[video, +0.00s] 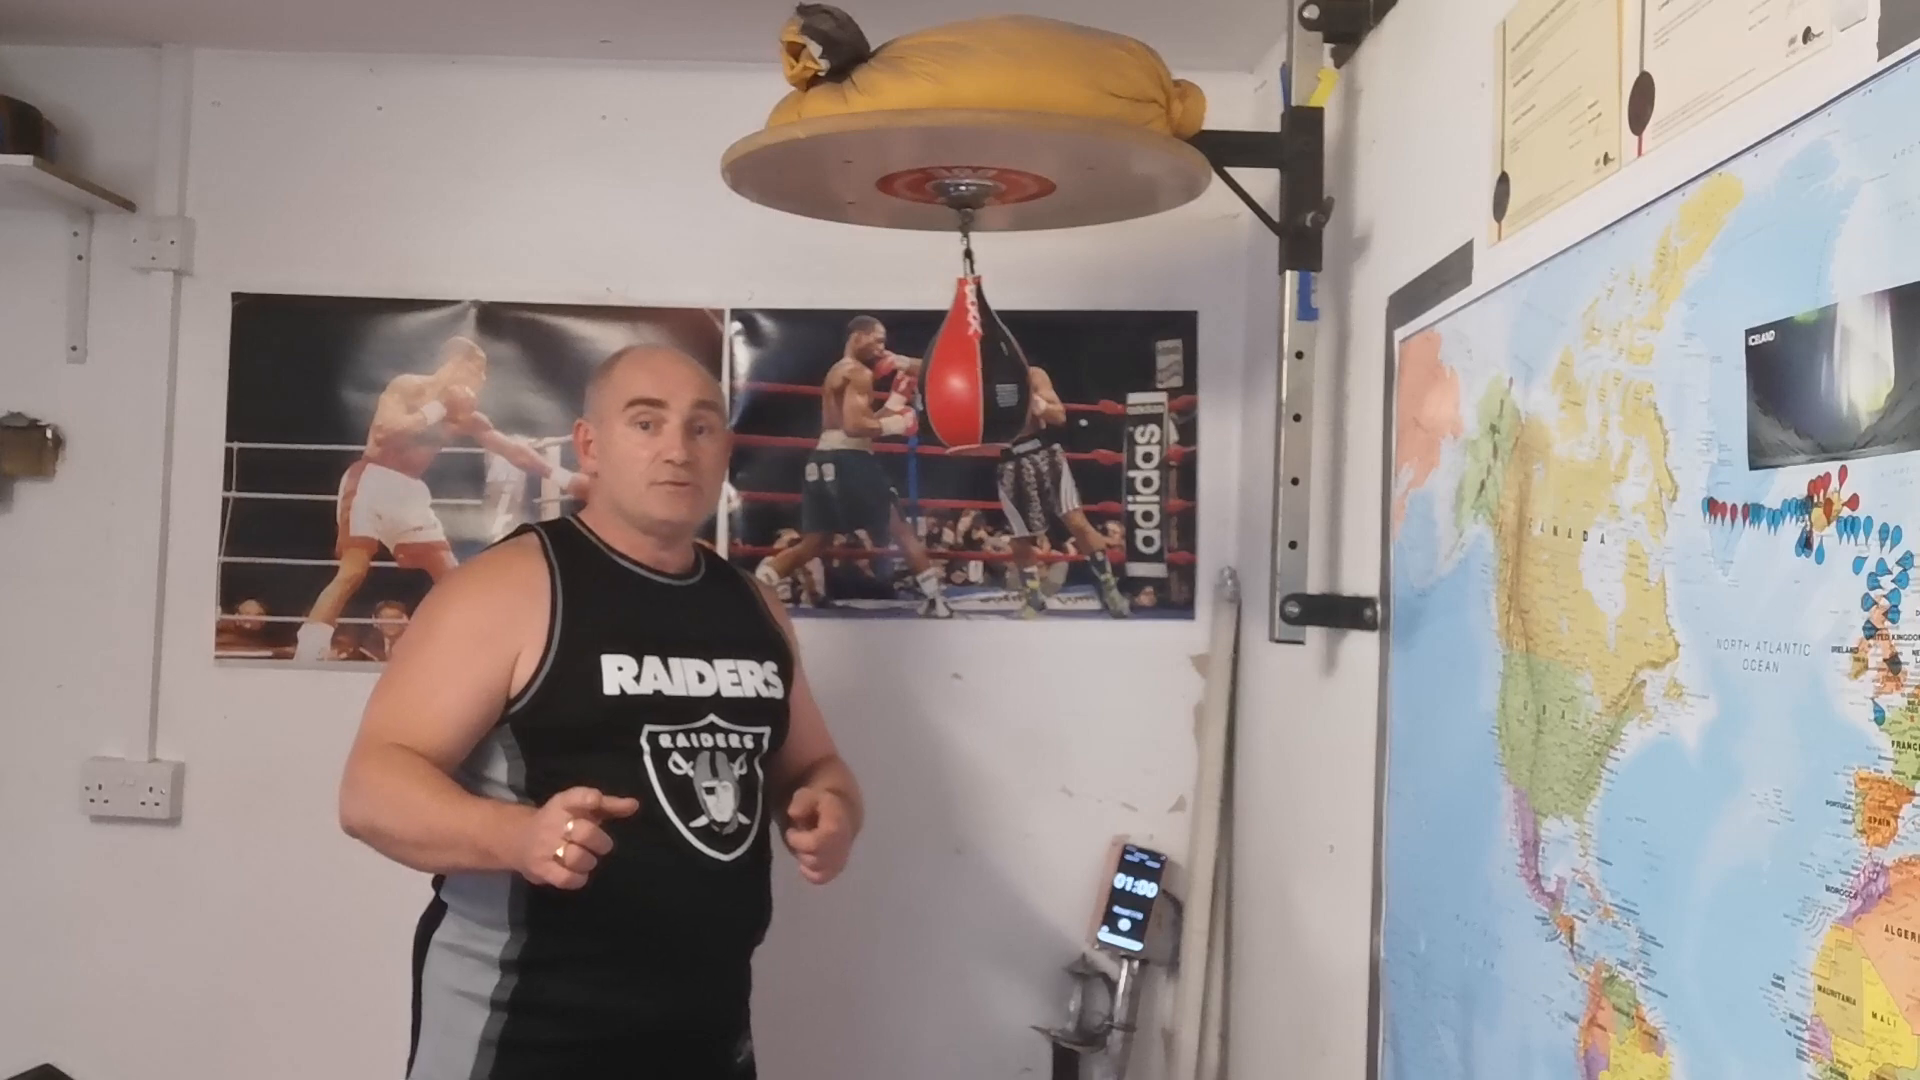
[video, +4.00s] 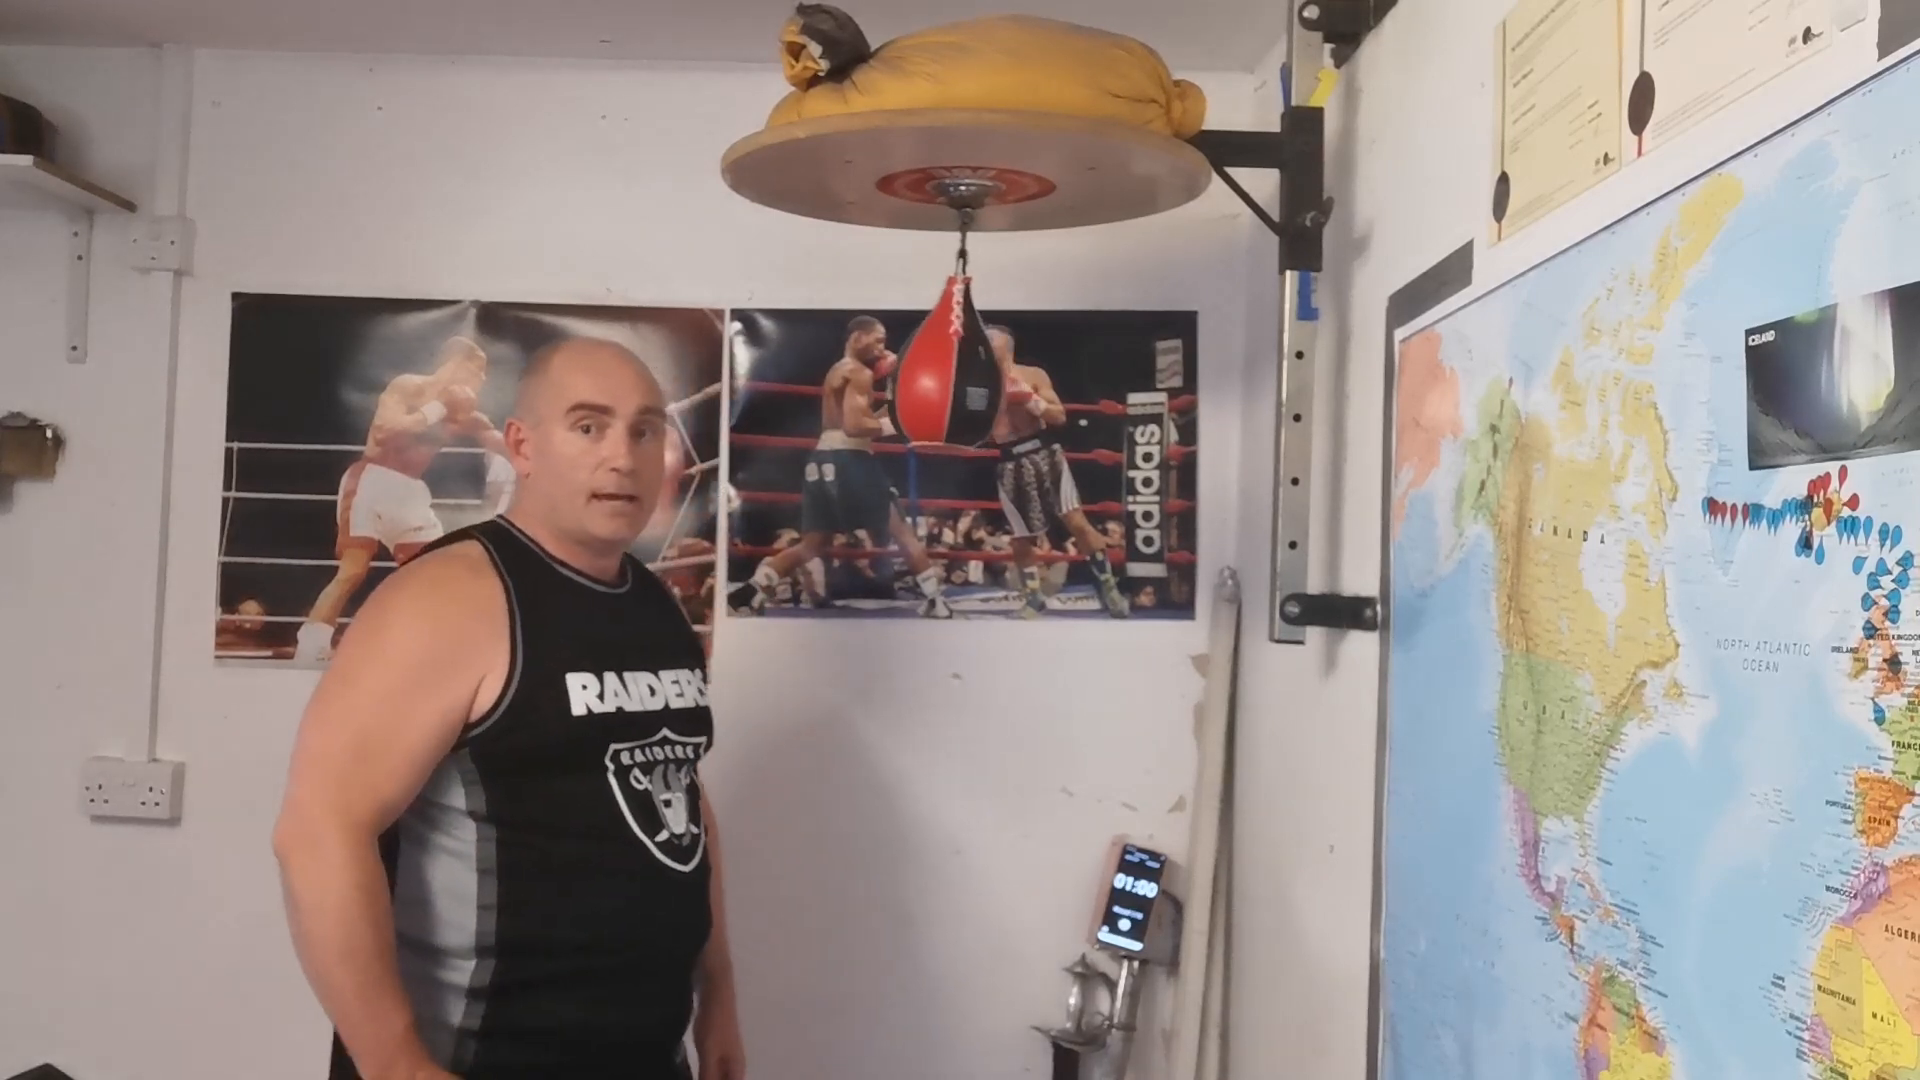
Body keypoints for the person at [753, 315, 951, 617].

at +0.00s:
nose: (881, 348)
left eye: (882, 343)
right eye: (878, 341)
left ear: (857, 340)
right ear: (857, 337)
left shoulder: (834, 374)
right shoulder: (858, 373)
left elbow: (851, 424)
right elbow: (854, 426)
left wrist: (890, 407)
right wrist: (895, 423)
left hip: (820, 463)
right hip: (852, 463)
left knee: (815, 542)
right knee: (901, 529)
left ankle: (756, 587)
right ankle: (936, 598)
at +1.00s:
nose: (881, 349)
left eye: (883, 343)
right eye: (878, 342)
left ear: (857, 340)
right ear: (858, 337)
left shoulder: (834, 372)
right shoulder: (858, 373)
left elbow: (848, 422)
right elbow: (854, 425)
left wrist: (886, 409)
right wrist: (894, 423)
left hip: (820, 463)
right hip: (852, 463)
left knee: (816, 541)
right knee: (901, 529)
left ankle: (756, 587)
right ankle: (935, 597)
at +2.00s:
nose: (881, 349)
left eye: (883, 343)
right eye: (878, 342)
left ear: (856, 340)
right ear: (858, 338)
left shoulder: (834, 373)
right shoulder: (859, 373)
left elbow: (847, 421)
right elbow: (854, 425)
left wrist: (885, 411)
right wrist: (890, 425)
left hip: (820, 463)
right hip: (852, 463)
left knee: (814, 542)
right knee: (902, 531)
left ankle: (755, 587)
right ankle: (935, 598)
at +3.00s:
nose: (881, 350)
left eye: (883, 343)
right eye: (877, 342)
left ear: (855, 341)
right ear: (857, 338)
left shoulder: (834, 372)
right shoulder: (859, 373)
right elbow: (854, 425)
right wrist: (888, 424)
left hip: (820, 463)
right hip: (852, 463)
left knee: (814, 542)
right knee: (902, 530)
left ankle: (755, 588)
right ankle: (935, 597)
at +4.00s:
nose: (881, 348)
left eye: (882, 342)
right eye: (878, 342)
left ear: (854, 340)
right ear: (857, 338)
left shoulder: (835, 372)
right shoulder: (860, 372)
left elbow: (844, 418)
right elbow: (855, 425)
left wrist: (882, 375)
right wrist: (888, 424)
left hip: (820, 464)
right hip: (853, 464)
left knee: (812, 544)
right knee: (903, 531)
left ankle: (751, 591)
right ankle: (935, 599)